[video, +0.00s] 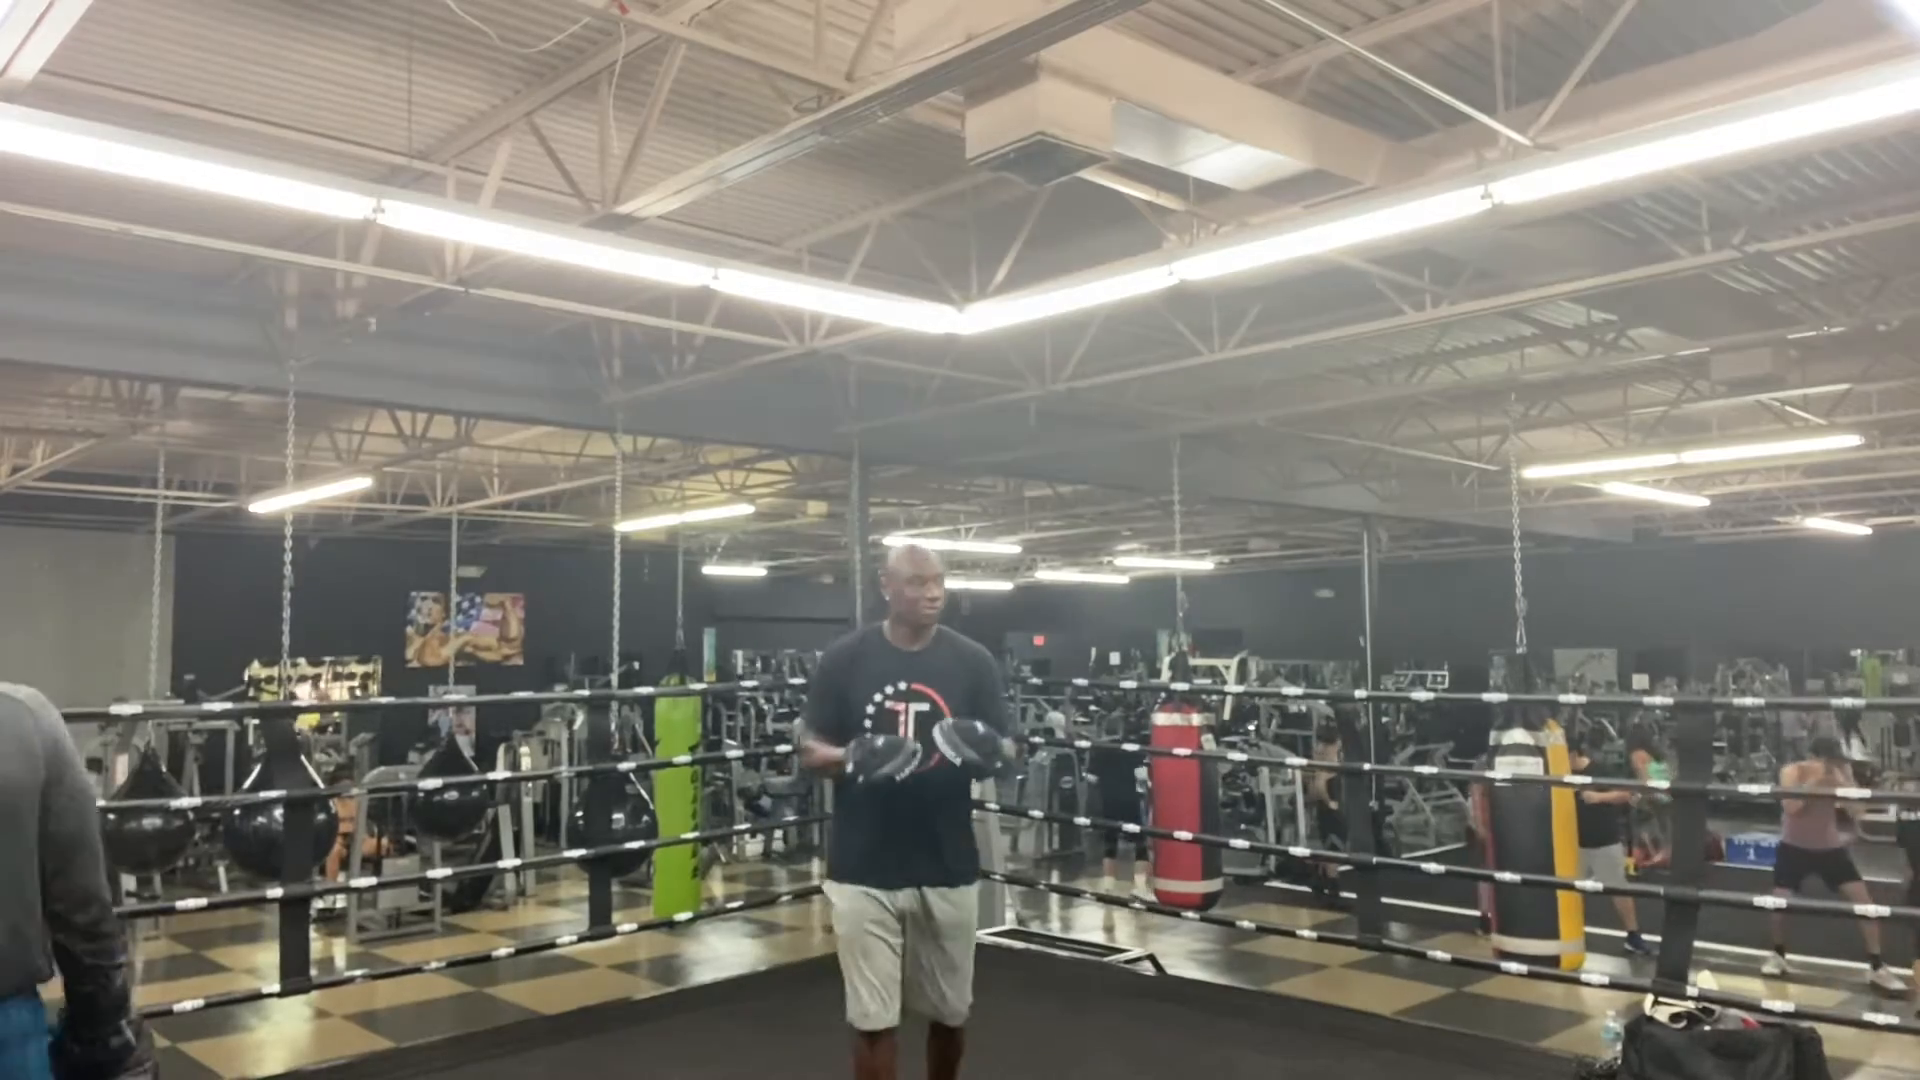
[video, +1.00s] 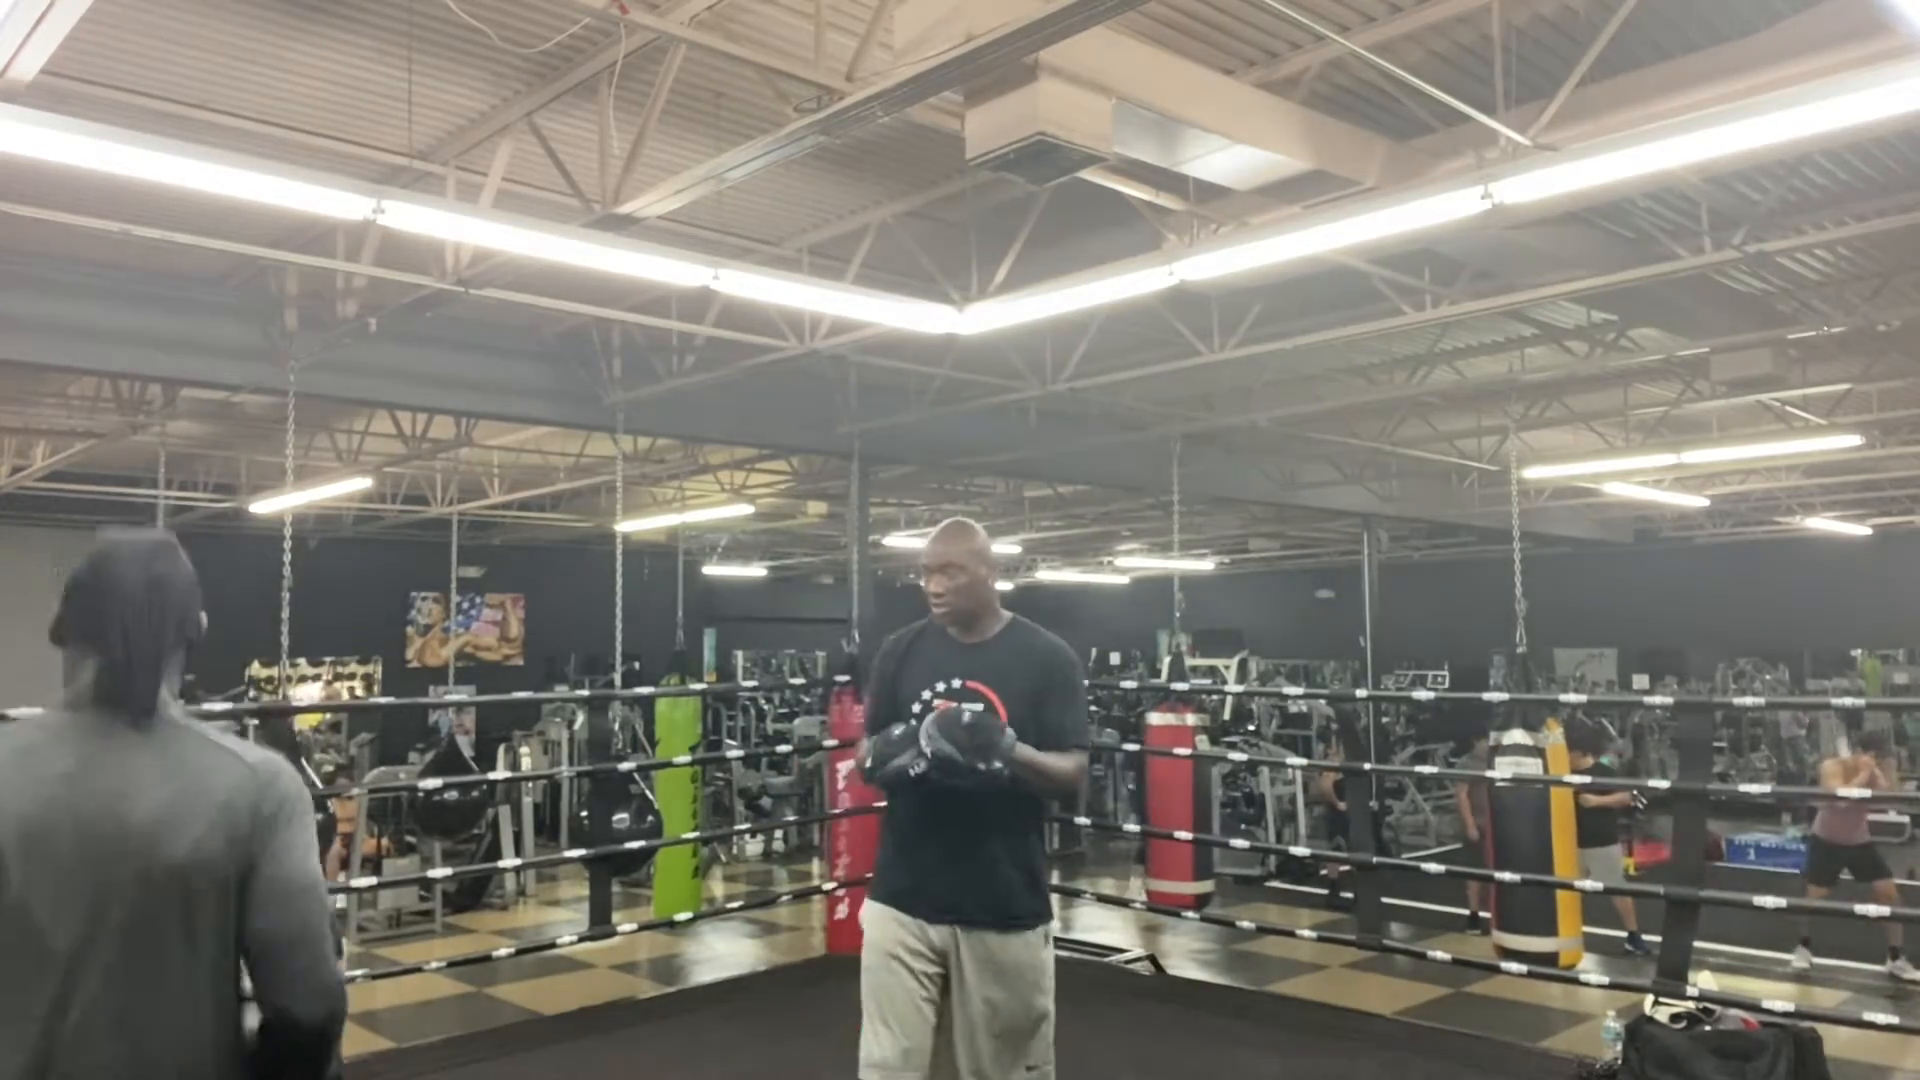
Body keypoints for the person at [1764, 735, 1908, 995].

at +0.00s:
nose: (1825, 766)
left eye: (1831, 762)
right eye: (1822, 761)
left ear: (1836, 761)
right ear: (1812, 757)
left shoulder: (1841, 772)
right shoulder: (1792, 771)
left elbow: (1856, 810)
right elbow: (1791, 807)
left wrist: (1839, 781)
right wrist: (1813, 782)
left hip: (1832, 852)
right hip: (1793, 851)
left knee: (1866, 908)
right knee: (1778, 905)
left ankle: (1877, 968)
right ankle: (1777, 956)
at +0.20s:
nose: (1821, 759)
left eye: (1826, 755)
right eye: (1818, 754)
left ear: (1831, 753)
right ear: (1810, 750)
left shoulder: (1836, 766)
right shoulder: (1785, 768)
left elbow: (1849, 798)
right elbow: (1790, 803)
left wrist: (1832, 773)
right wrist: (1812, 773)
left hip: (1829, 845)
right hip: (1792, 846)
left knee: (1863, 899)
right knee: (1782, 903)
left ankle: (1883, 960)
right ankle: (1777, 955)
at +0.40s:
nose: (1823, 757)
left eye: (1828, 753)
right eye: (1820, 752)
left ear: (1832, 752)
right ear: (1809, 748)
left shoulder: (1838, 765)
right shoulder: (1789, 767)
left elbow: (1855, 797)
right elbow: (1793, 803)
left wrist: (1835, 773)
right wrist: (1814, 772)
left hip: (1834, 845)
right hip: (1798, 846)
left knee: (1872, 894)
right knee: (1784, 900)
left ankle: (1893, 952)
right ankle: (1777, 955)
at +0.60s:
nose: (1853, 764)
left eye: (1858, 760)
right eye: (1850, 758)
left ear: (1862, 759)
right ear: (1840, 754)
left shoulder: (1863, 771)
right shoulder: (1817, 769)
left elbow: (1877, 792)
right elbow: (1818, 805)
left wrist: (1864, 768)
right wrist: (1842, 776)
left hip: (1854, 846)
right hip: (1818, 845)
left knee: (1885, 897)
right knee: (1799, 899)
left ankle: (1895, 958)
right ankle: (1779, 955)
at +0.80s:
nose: (1871, 764)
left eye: (1876, 760)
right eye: (1869, 758)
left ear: (1878, 760)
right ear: (1859, 753)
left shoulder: (1876, 773)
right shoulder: (1833, 766)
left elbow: (1890, 799)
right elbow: (1836, 795)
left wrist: (1883, 771)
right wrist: (1863, 772)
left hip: (1861, 843)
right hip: (1826, 841)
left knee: (1889, 895)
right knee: (1810, 894)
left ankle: (1895, 957)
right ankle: (1792, 947)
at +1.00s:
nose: (1871, 761)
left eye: (1876, 758)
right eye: (1869, 755)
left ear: (1878, 758)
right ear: (1858, 752)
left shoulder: (1875, 772)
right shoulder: (1831, 767)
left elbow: (1887, 799)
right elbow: (1838, 797)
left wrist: (1875, 773)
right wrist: (1864, 773)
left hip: (1859, 843)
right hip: (1826, 842)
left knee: (1889, 894)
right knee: (1815, 895)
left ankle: (1895, 957)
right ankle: (1803, 947)